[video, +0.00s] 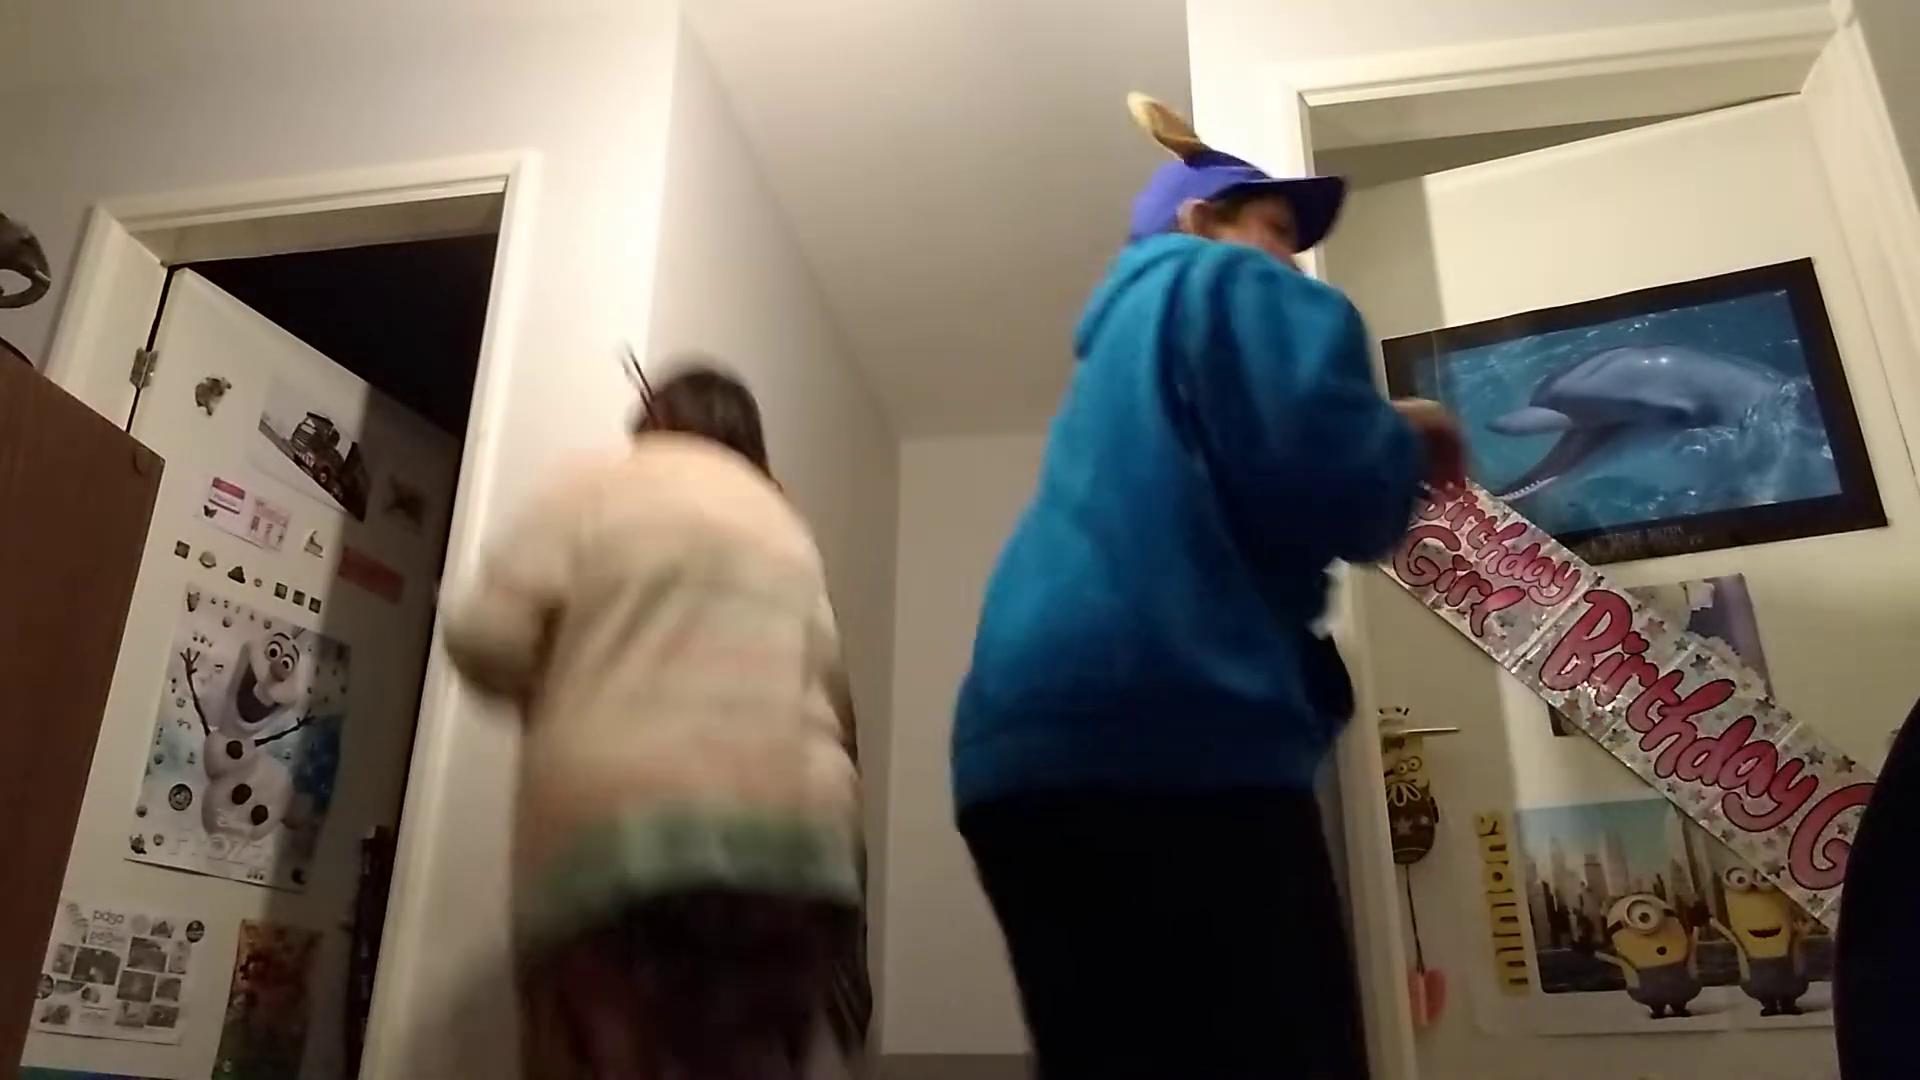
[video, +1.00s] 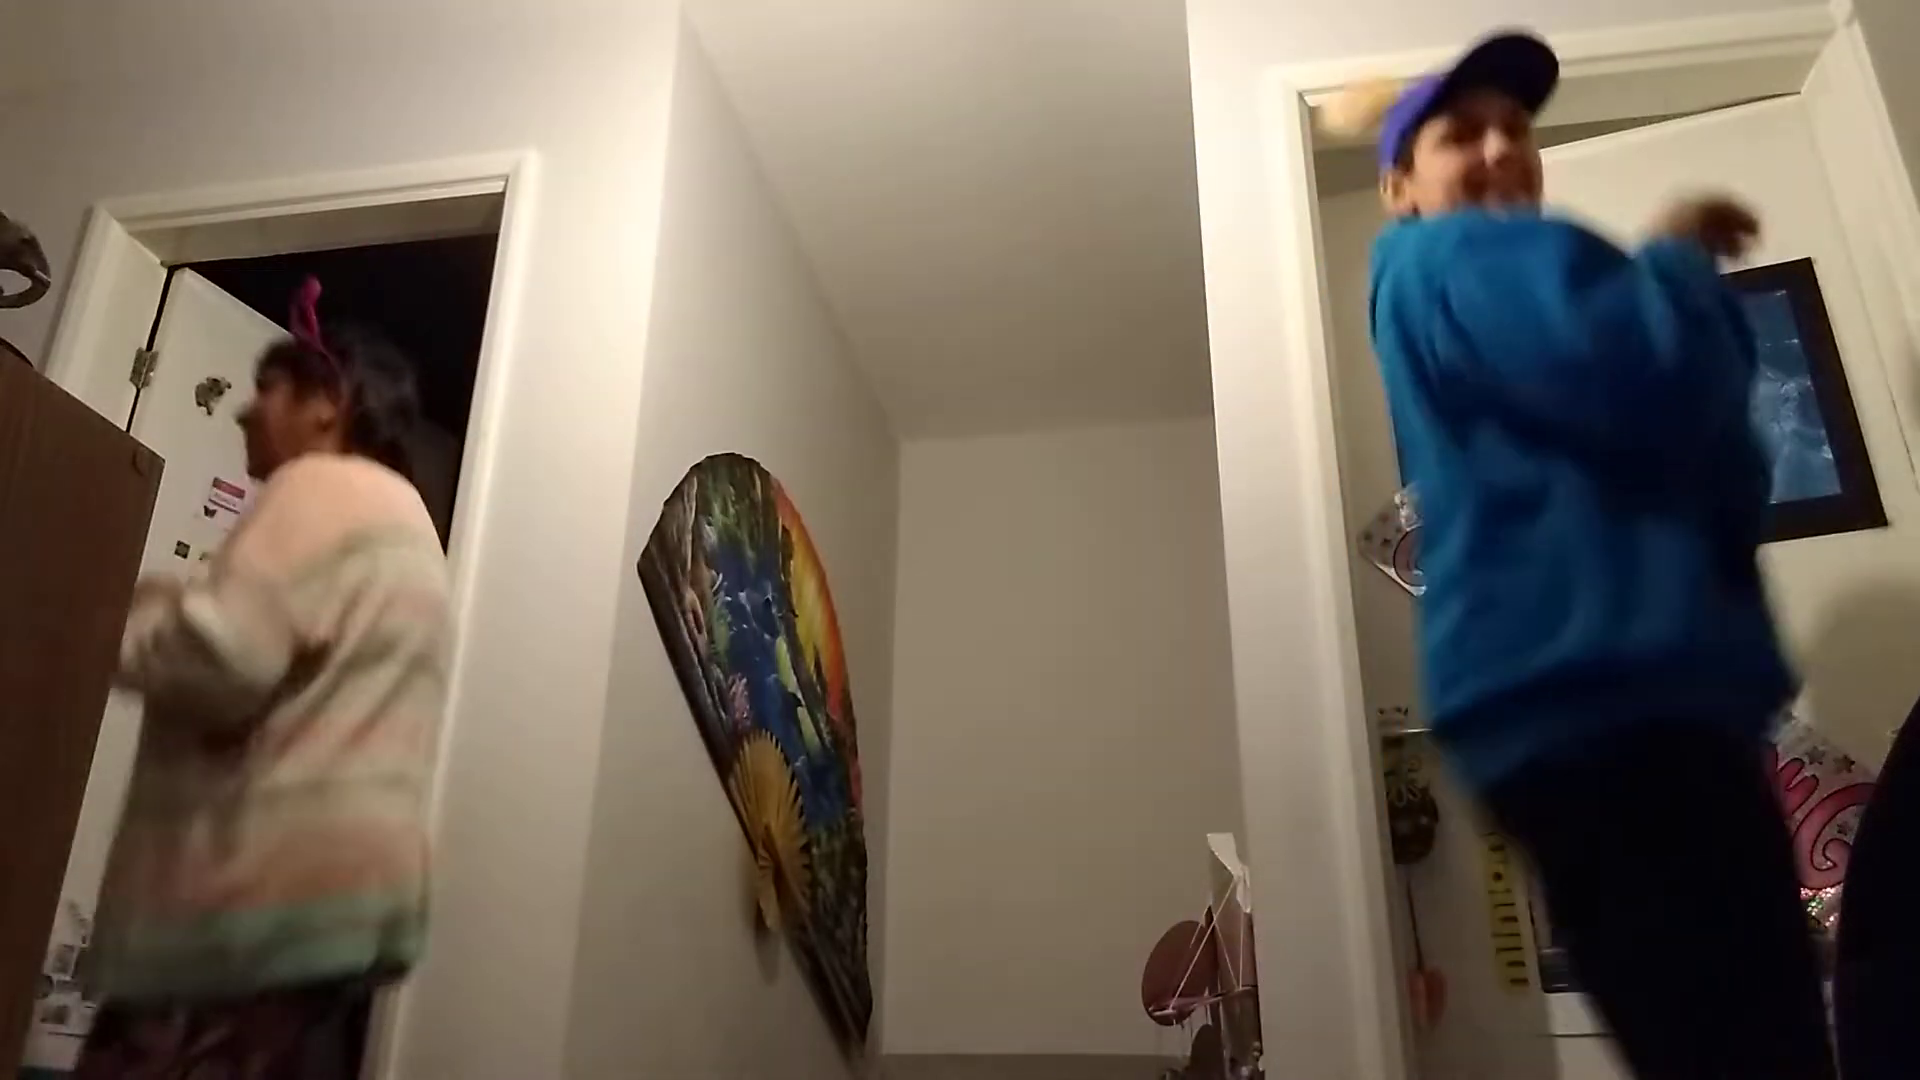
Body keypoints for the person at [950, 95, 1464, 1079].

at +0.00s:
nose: (1296, 251)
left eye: (1295, 233)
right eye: (1275, 226)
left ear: (1177, 229)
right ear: (1201, 217)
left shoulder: (1114, 342)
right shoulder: (1243, 290)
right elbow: (1350, 493)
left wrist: (1379, 432)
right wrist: (1410, 438)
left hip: (1026, 749)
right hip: (1175, 739)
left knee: (1104, 1054)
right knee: (1279, 1049)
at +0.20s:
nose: (1332, 182)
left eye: (1335, 163)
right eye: (1316, 155)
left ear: (1229, 157)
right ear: (1241, 149)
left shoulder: (1177, 256)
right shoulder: (1272, 221)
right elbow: (1462, 380)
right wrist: (1455, 326)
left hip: (1146, 683)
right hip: (1248, 678)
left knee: (1224, 1023)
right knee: (1305, 1027)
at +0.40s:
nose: (1395, 188)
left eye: (1397, 170)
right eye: (1366, 165)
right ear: (1289, 178)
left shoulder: (1247, 287)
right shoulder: (1348, 258)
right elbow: (1449, 441)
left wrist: (1516, 403)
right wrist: (1530, 379)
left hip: (1230, 718)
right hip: (1336, 706)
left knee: (1358, 1033)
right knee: (1438, 1031)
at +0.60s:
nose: (1398, 148)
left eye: (1410, 135)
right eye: (1365, 127)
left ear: (1420, 152)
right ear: (1297, 155)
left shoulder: (1306, 263)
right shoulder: (1356, 242)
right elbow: (1519, 383)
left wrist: (1550, 295)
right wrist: (1569, 286)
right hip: (1427, 679)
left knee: (1456, 1022)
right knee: (1534, 1019)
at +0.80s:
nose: (1476, 154)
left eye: (1488, 136)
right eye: (1439, 133)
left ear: (1508, 150)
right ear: (1373, 170)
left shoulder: (1365, 273)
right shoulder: (1463, 246)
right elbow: (1592, 403)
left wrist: (1640, 321)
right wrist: (1664, 308)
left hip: (1409, 696)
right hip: (1513, 680)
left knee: (1544, 1016)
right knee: (1646, 1012)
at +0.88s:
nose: (1507, 185)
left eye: (1523, 169)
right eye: (1465, 170)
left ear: (1542, 200)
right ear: (1401, 223)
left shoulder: (1433, 310)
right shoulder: (1451, 291)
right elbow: (1634, 460)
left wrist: (1657, 340)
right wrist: (1683, 328)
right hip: (1550, 767)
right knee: (1714, 1049)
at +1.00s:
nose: (1499, 150)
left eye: (1516, 131)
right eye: (1460, 132)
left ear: (1541, 162)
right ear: (1398, 186)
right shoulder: (1456, 255)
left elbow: (1732, 473)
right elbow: (1642, 374)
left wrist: (1685, 279)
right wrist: (1682, 252)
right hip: (1597, 699)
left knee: (1723, 1023)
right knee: (1743, 1021)